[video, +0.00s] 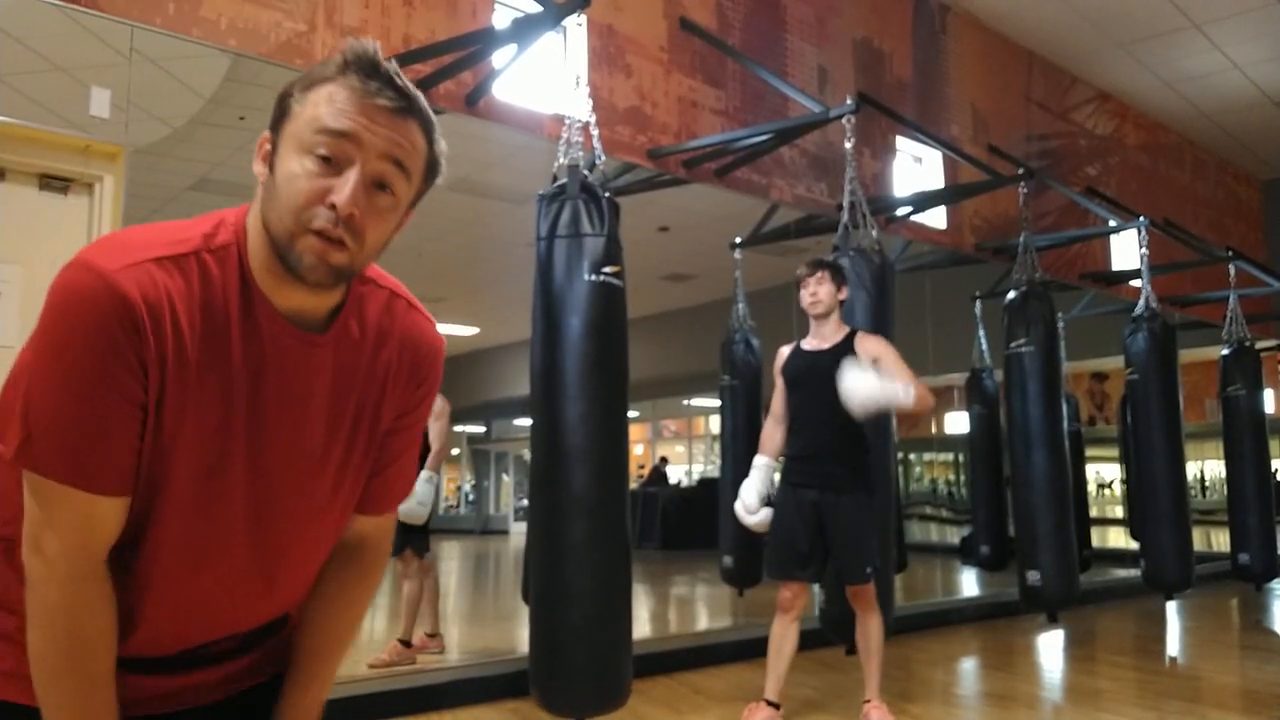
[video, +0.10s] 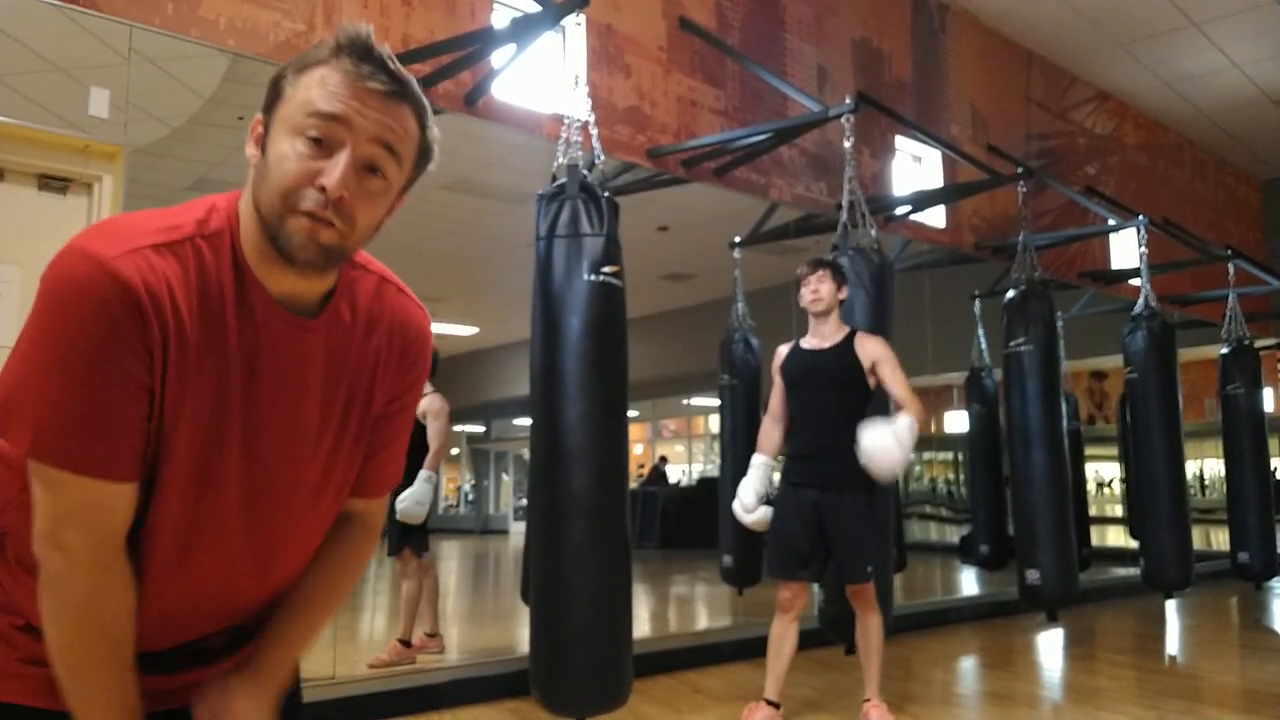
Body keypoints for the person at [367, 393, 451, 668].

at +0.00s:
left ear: (427, 371)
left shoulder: (435, 403)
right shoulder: (395, 402)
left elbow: (438, 447)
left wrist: (424, 484)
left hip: (416, 485)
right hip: (400, 484)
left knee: (408, 564)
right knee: (423, 563)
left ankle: (404, 642)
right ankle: (431, 634)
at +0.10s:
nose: (408, 368)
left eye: (413, 362)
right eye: (409, 361)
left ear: (424, 366)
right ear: (424, 366)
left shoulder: (433, 402)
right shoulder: (404, 401)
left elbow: (437, 448)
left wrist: (423, 485)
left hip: (413, 485)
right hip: (399, 485)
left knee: (407, 564)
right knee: (422, 562)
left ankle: (404, 642)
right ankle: (429, 634)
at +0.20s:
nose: (402, 365)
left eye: (408, 359)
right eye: (405, 359)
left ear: (418, 365)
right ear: (427, 364)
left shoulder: (433, 402)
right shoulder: (405, 397)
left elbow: (435, 448)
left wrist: (422, 484)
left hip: (412, 485)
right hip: (399, 484)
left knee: (408, 564)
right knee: (422, 562)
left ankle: (404, 642)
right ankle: (430, 634)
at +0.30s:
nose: (403, 363)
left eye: (408, 357)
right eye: (406, 356)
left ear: (418, 363)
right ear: (426, 363)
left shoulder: (432, 401)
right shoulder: (403, 396)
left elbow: (432, 448)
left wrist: (419, 483)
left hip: (413, 482)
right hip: (399, 480)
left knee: (408, 564)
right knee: (423, 561)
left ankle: (404, 642)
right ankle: (431, 633)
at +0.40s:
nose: (408, 367)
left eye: (413, 361)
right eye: (411, 360)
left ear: (422, 366)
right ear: (426, 366)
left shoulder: (430, 401)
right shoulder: (406, 399)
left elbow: (430, 446)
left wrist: (415, 482)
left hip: (415, 479)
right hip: (405, 477)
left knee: (407, 563)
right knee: (423, 561)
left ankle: (404, 641)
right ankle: (430, 634)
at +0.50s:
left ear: (422, 371)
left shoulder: (434, 403)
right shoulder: (404, 402)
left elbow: (426, 455)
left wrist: (406, 484)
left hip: (418, 484)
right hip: (410, 483)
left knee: (407, 565)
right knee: (425, 564)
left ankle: (404, 643)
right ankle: (431, 635)